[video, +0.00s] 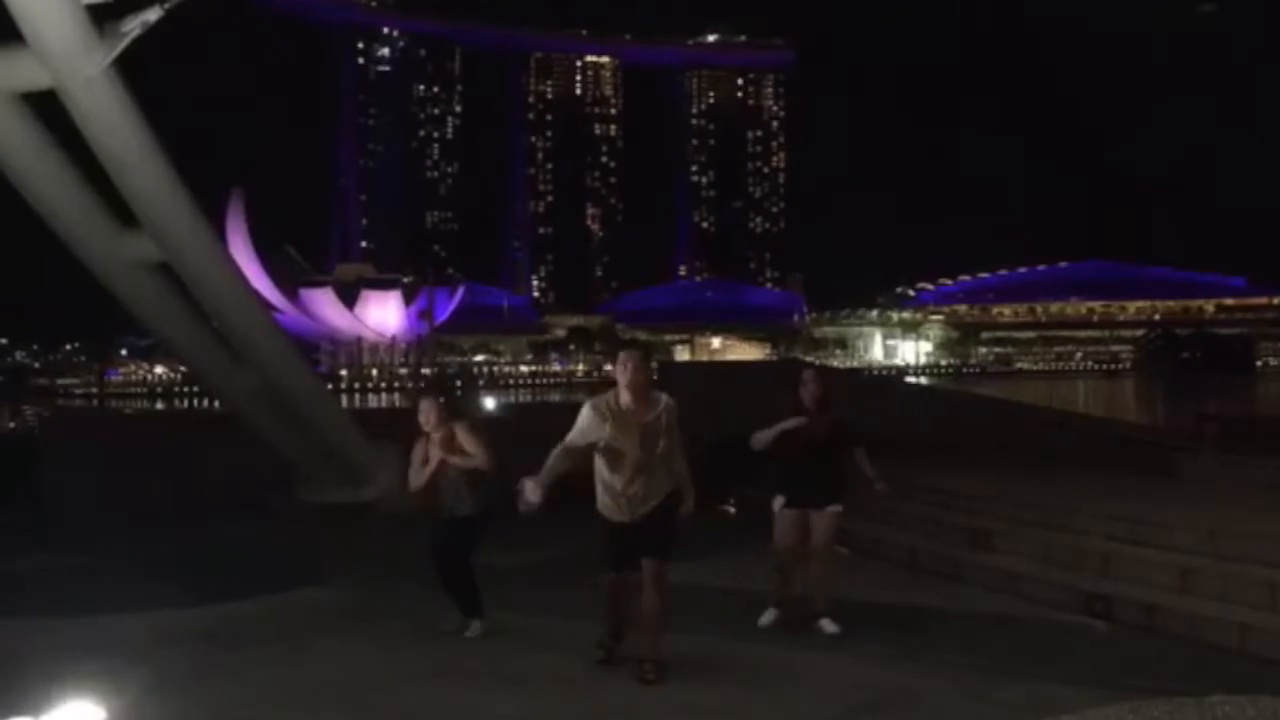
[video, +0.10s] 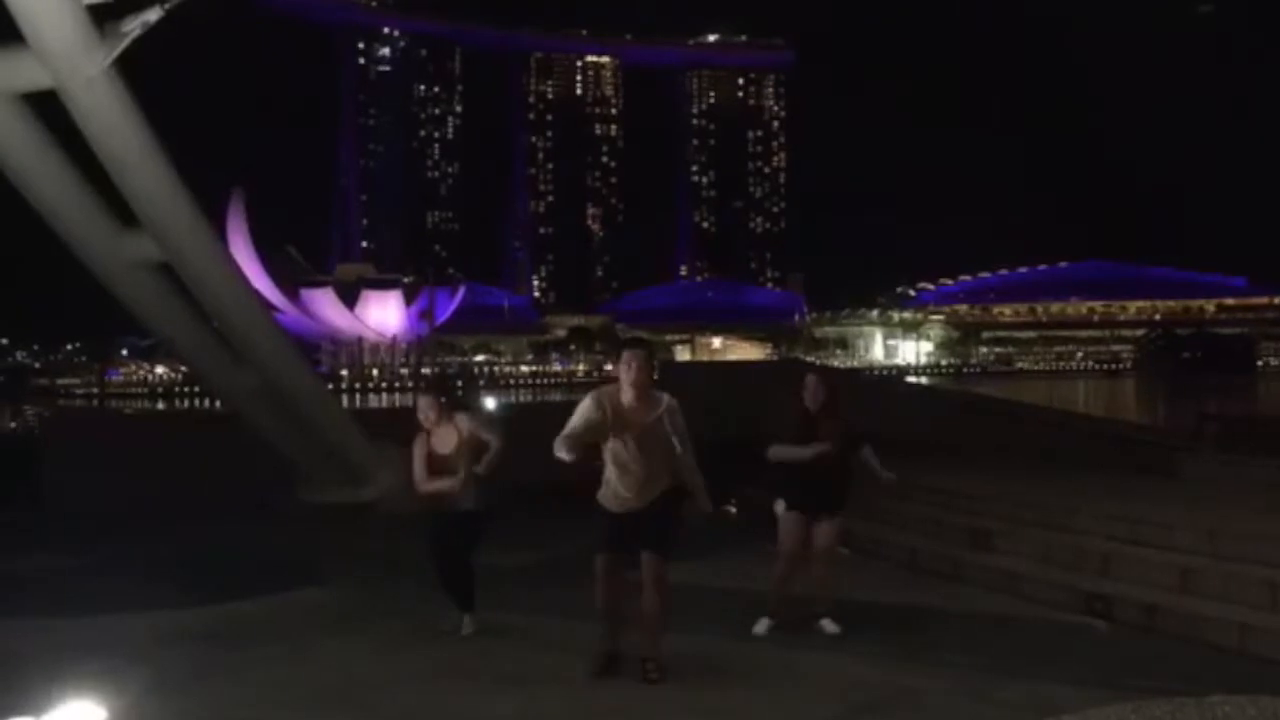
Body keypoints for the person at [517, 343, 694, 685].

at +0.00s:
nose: (629, 371)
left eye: (636, 365)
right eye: (623, 365)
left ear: (648, 372)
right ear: (614, 371)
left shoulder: (664, 407)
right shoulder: (598, 411)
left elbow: (676, 454)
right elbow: (568, 449)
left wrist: (686, 492)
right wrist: (541, 482)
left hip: (657, 504)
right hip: (615, 508)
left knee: (654, 575)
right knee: (614, 578)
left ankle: (651, 654)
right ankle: (611, 640)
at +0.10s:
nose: (635, 371)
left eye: (642, 365)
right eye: (628, 364)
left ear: (651, 371)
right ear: (618, 369)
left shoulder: (665, 406)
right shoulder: (600, 403)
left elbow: (684, 453)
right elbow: (563, 444)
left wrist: (701, 496)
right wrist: (575, 450)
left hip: (657, 501)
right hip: (614, 503)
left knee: (654, 577)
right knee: (606, 577)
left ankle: (652, 655)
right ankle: (608, 650)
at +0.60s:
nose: (628, 391)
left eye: (635, 383)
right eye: (621, 384)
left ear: (648, 386)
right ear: (611, 389)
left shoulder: (666, 406)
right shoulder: (608, 429)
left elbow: (674, 453)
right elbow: (593, 479)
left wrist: (639, 481)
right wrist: (566, 527)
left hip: (669, 513)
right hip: (624, 514)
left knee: (678, 587)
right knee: (599, 583)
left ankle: (654, 662)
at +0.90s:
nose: (603, 401)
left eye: (609, 394)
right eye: (596, 395)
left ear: (622, 394)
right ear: (588, 400)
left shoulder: (638, 413)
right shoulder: (594, 444)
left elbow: (621, 469)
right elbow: (584, 496)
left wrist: (578, 505)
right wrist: (553, 538)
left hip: (671, 512)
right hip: (632, 511)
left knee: (675, 593)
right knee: (587, 521)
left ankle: (654, 658)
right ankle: (595, 601)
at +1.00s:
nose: (594, 404)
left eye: (601, 395)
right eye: (587, 396)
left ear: (613, 395)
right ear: (580, 400)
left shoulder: (628, 410)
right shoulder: (585, 438)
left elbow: (608, 470)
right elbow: (577, 488)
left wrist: (566, 522)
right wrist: (554, 533)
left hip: (671, 507)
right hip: (625, 509)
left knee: (671, 583)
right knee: (587, 556)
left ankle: (654, 659)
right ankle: (586, 643)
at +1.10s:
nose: (580, 401)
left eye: (587, 393)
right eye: (574, 394)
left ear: (601, 391)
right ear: (567, 397)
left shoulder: (618, 409)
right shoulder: (577, 432)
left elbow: (613, 467)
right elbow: (574, 485)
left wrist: (593, 517)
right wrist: (552, 534)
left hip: (657, 501)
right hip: (617, 508)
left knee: (663, 583)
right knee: (595, 580)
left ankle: (666, 664)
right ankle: (592, 664)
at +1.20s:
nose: (570, 403)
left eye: (577, 396)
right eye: (565, 397)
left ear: (592, 394)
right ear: (559, 398)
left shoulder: (607, 419)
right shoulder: (564, 430)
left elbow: (621, 479)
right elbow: (562, 482)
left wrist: (628, 538)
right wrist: (545, 528)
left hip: (646, 498)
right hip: (605, 503)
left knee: (641, 576)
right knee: (589, 576)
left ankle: (675, 652)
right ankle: (591, 662)